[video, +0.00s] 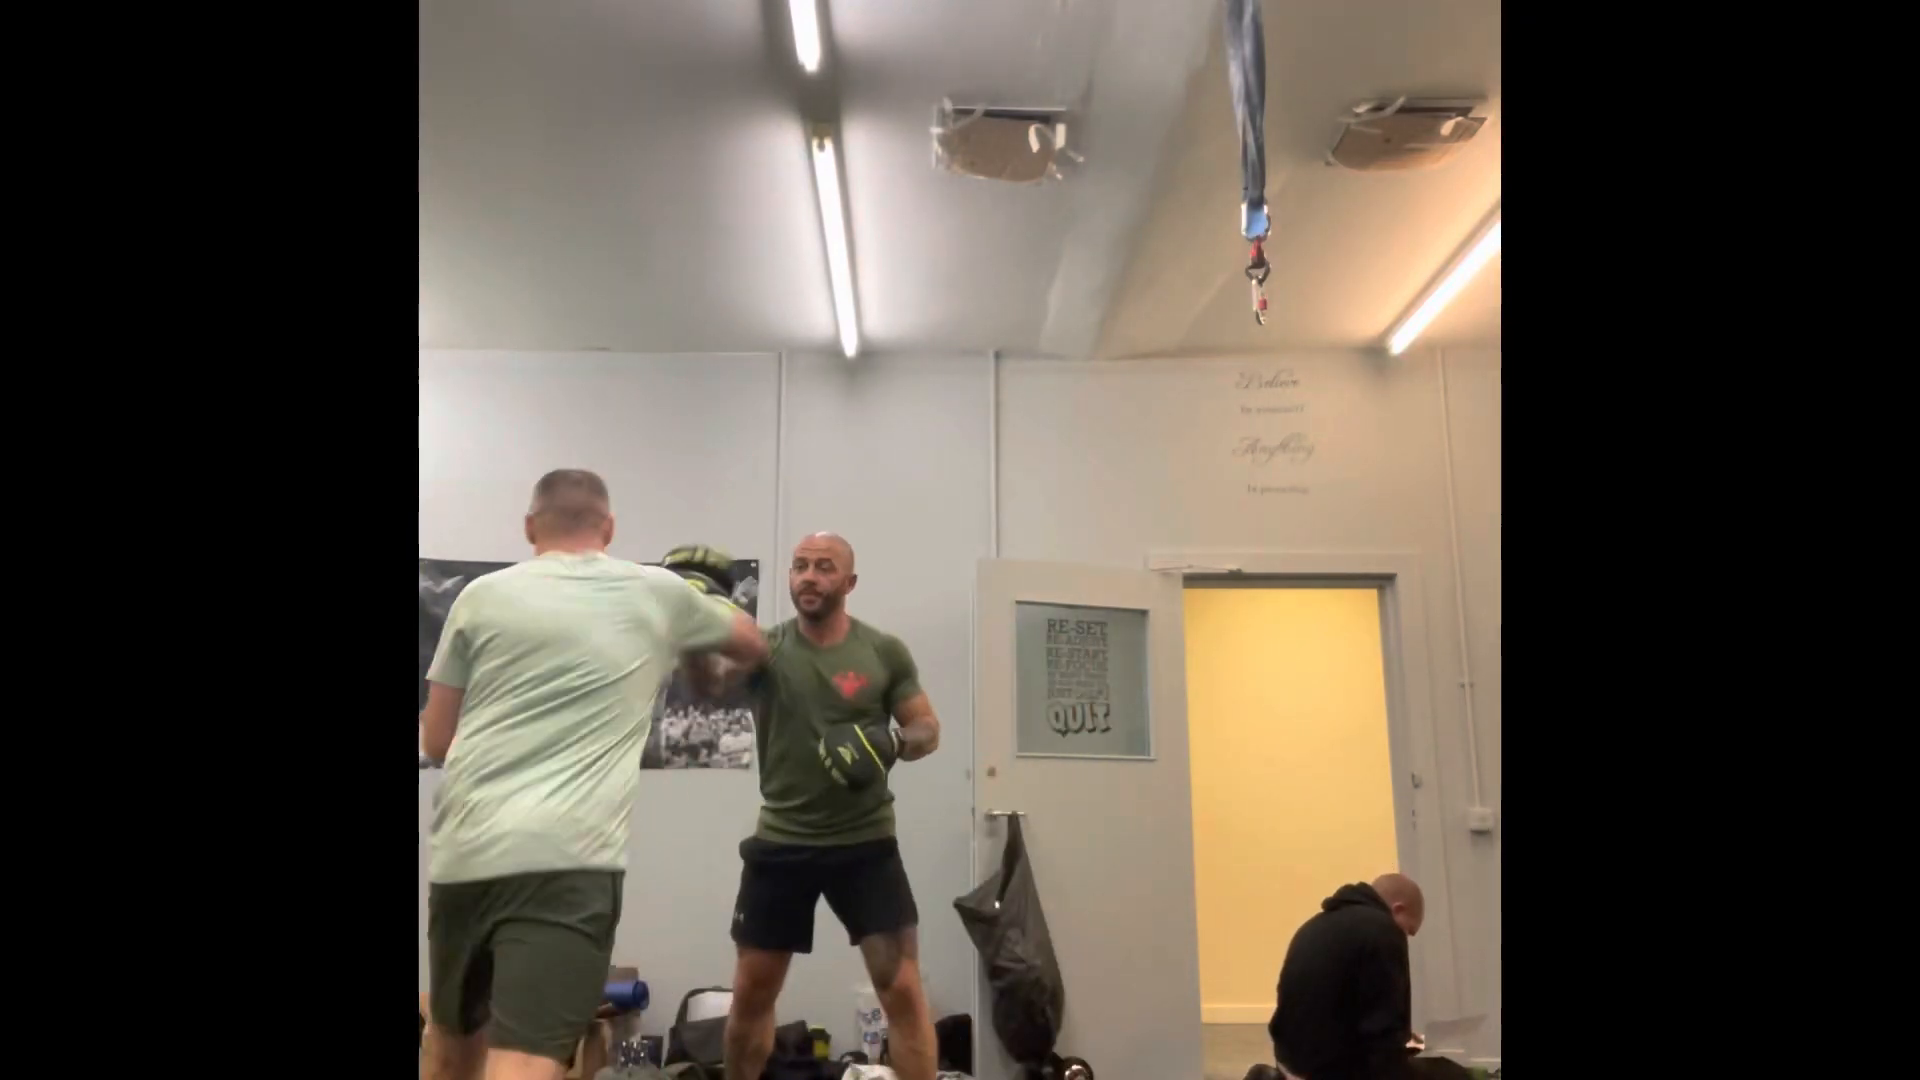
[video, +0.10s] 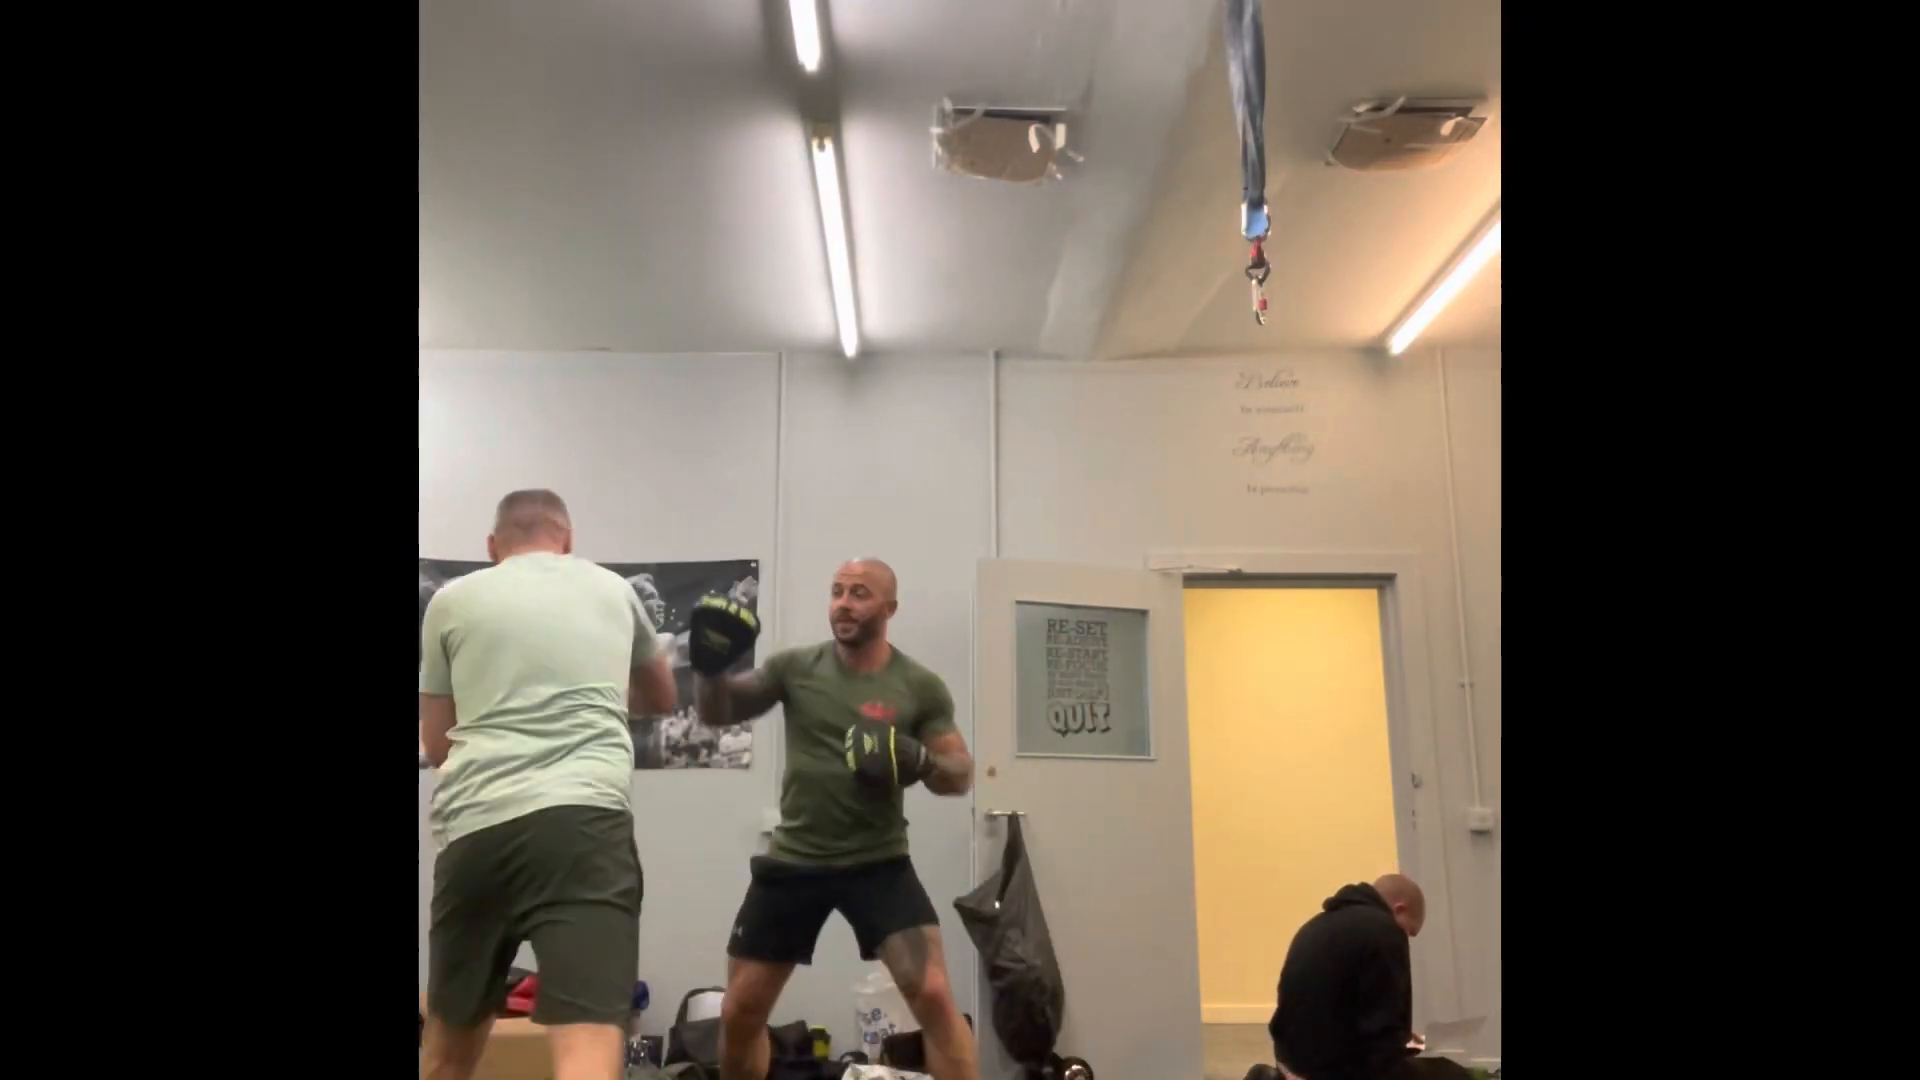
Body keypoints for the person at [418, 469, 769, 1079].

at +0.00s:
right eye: (610, 527)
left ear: (530, 529)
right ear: (608, 528)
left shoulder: (479, 597)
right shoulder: (653, 589)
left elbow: (435, 741)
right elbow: (752, 645)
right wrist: (706, 669)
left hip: (464, 856)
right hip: (572, 856)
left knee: (449, 1036)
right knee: (525, 1060)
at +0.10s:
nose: (568, 550)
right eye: (570, 542)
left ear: (492, 546)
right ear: (566, 538)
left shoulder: (450, 600)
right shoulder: (613, 588)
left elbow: (437, 746)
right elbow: (659, 698)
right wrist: (585, 694)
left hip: (475, 829)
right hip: (585, 818)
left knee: (447, 1047)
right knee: (588, 1041)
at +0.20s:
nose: (594, 545)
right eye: (596, 536)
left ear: (513, 536)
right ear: (586, 531)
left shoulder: (453, 608)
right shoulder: (624, 596)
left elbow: (455, 747)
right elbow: (669, 725)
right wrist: (618, 681)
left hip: (489, 858)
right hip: (598, 841)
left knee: (473, 1038)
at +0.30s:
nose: (663, 499)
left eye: (664, 486)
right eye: (662, 485)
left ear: (582, 480)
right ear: (643, 477)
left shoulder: (513, 570)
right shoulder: (649, 545)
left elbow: (533, 686)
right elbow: (703, 683)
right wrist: (688, 603)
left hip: (530, 821)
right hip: (624, 810)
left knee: (521, 1024)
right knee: (697, 1026)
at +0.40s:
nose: (722, 509)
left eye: (723, 492)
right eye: (718, 490)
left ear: (651, 482)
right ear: (681, 479)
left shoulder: (578, 573)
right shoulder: (668, 559)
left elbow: (622, 705)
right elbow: (705, 705)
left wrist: (716, 648)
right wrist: (753, 647)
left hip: (582, 838)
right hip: (645, 831)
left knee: (630, 1039)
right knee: (694, 1051)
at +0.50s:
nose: (741, 480)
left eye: (743, 463)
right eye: (736, 461)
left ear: (691, 454)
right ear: (695, 451)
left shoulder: (666, 536)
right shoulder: (652, 531)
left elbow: (667, 666)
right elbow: (664, 674)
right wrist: (743, 618)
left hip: (654, 792)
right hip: (621, 791)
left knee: (704, 988)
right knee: (655, 1022)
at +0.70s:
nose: (740, 516)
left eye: (739, 502)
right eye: (731, 501)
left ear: (690, 498)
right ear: (689, 496)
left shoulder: (699, 587)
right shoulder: (640, 573)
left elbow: (688, 697)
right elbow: (664, 693)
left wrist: (745, 662)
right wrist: (728, 638)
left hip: (691, 826)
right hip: (622, 818)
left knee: (736, 993)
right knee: (617, 1026)